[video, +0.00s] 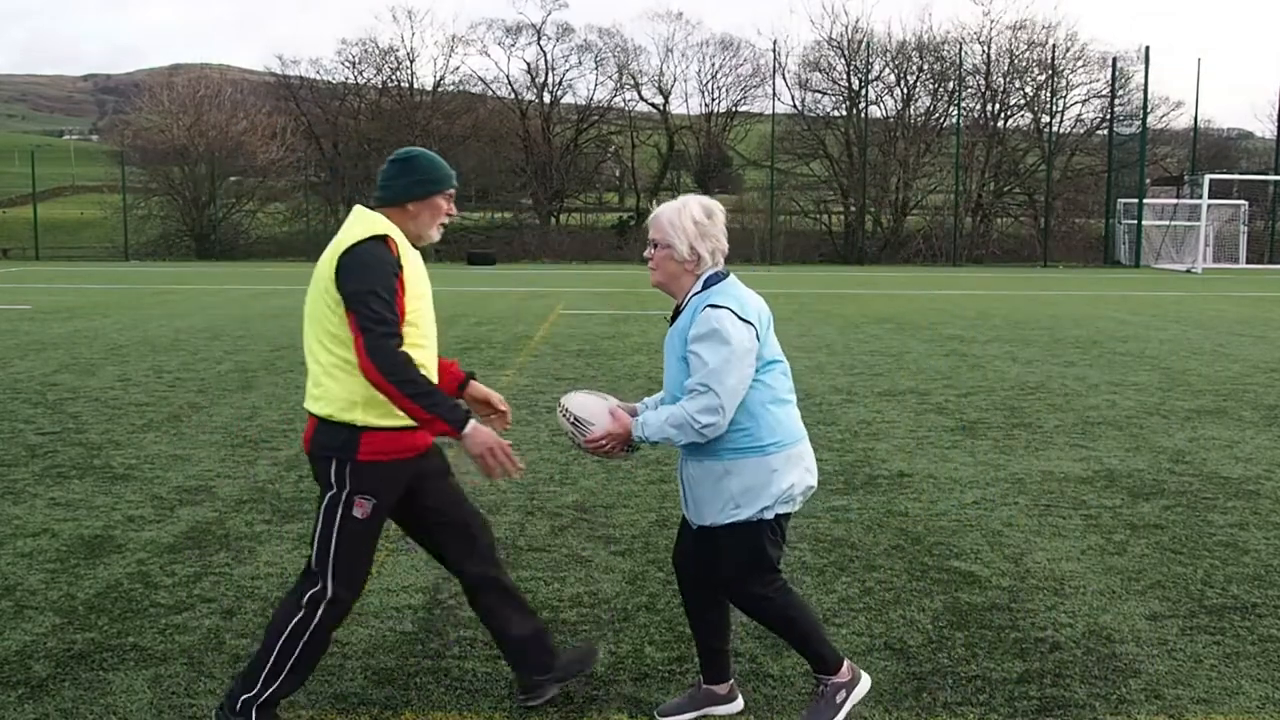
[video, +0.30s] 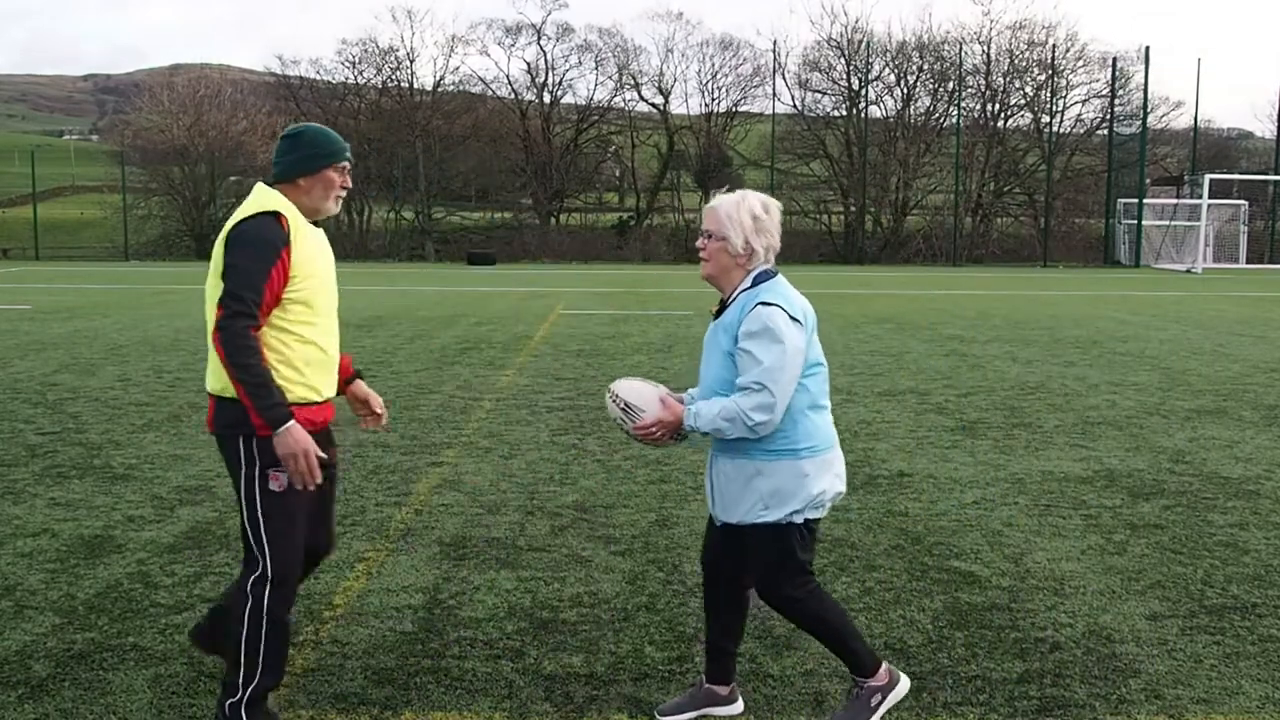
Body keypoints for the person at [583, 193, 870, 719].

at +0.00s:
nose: (646, 256)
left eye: (657, 246)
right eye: (648, 245)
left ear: (691, 254)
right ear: (691, 256)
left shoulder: (721, 314)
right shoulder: (696, 311)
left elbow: (706, 414)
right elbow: (684, 395)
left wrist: (637, 427)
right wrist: (631, 416)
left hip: (759, 472)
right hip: (721, 471)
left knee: (745, 575)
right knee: (694, 563)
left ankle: (838, 674)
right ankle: (718, 686)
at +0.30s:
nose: (699, 246)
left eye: (710, 237)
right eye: (701, 236)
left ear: (745, 248)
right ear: (740, 250)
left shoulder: (770, 312)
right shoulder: (741, 306)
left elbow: (759, 410)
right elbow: (729, 388)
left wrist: (688, 417)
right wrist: (681, 404)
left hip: (785, 478)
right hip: (745, 473)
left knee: (783, 583)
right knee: (721, 568)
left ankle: (877, 676)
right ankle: (718, 686)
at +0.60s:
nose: (785, 252)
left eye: (796, 243)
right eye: (787, 241)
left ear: (829, 253)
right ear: (823, 253)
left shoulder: (859, 322)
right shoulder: (826, 314)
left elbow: (855, 420)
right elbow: (809, 394)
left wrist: (777, 431)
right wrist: (763, 416)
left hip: (862, 486)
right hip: (822, 478)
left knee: (844, 587)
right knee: (784, 566)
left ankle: (890, 696)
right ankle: (750, 678)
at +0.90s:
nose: (852, 244)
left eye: (864, 235)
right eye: (854, 233)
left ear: (900, 243)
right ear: (895, 243)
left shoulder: (928, 310)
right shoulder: (891, 303)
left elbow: (931, 406)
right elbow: (874, 382)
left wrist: (855, 420)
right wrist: (829, 408)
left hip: (927, 474)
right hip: (898, 468)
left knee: (884, 573)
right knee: (896, 568)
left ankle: (893, 696)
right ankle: (962, 660)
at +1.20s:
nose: (913, 249)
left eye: (922, 239)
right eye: (914, 238)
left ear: (956, 246)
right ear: (949, 246)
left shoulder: (994, 310)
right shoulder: (952, 306)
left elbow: (1002, 400)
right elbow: (941, 383)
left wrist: (929, 420)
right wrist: (901, 411)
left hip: (1004, 466)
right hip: (976, 461)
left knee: (952, 565)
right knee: (953, 563)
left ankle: (986, 686)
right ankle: (979, 677)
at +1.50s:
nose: (987, 247)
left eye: (998, 238)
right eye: (988, 236)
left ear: (1034, 247)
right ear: (1030, 248)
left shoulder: (1064, 313)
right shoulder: (1021, 307)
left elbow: (1065, 407)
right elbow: (1008, 385)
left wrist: (991, 421)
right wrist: (966, 408)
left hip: (1073, 479)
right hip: (1030, 474)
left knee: (1080, 583)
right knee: (1010, 569)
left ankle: (1113, 688)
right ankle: (991, 674)